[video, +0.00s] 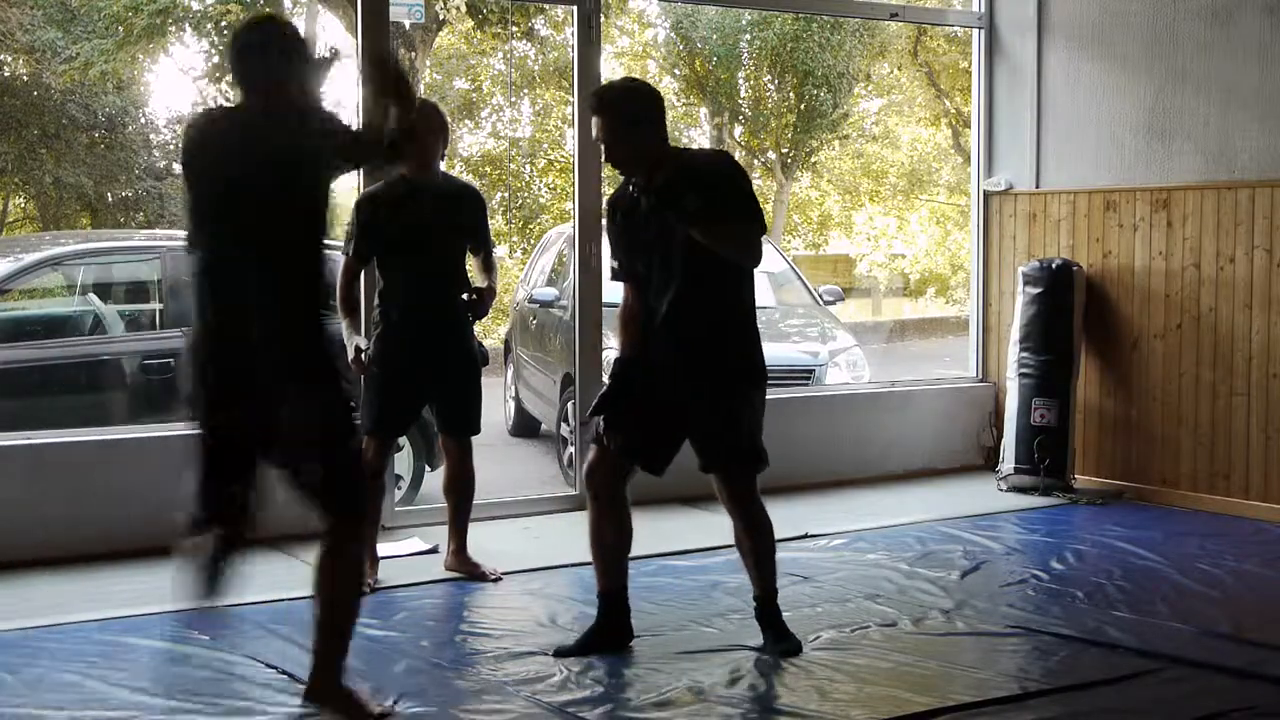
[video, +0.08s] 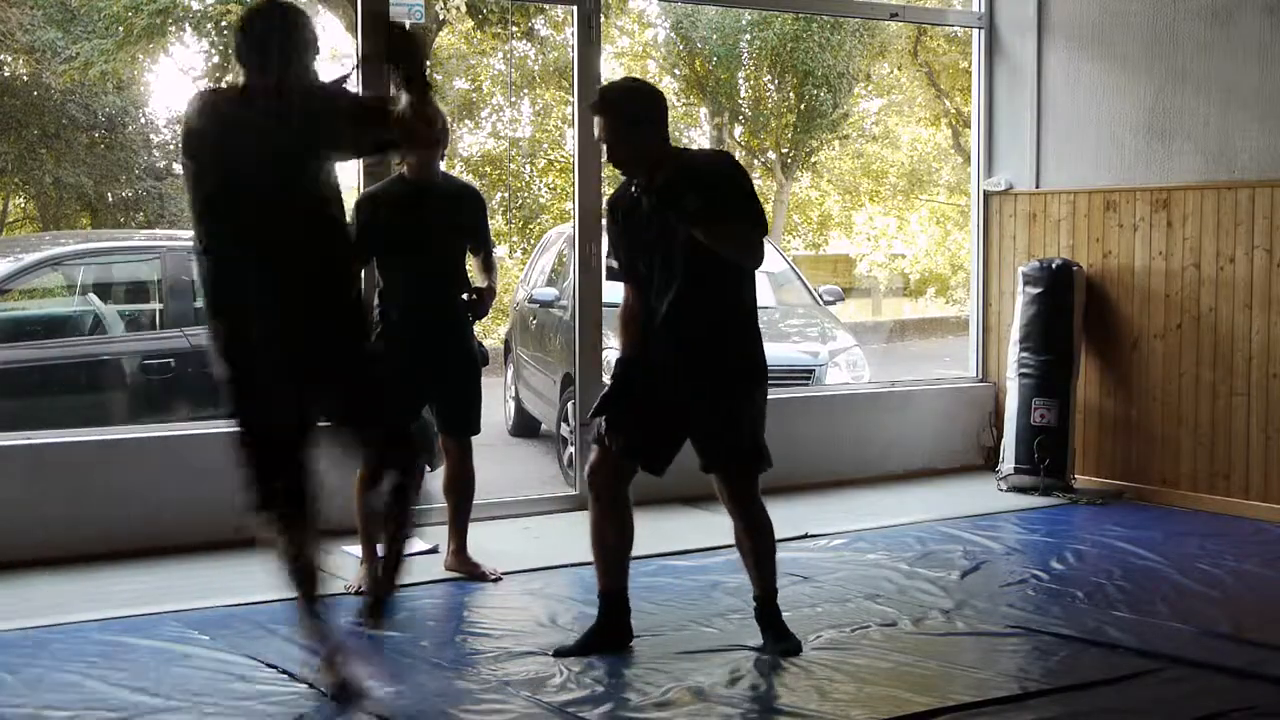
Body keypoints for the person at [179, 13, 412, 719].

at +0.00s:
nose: (310, 80)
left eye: (308, 67)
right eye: (304, 67)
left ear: (239, 72)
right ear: (285, 71)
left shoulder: (204, 134)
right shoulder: (309, 133)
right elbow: (386, 142)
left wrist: (307, 84)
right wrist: (380, 62)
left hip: (222, 355)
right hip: (297, 353)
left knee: (232, 511)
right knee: (353, 505)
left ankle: (212, 549)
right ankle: (326, 680)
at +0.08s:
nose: (315, 61)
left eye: (312, 50)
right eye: (311, 49)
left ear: (241, 52)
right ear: (298, 52)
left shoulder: (205, 117)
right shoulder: (314, 110)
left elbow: (213, 227)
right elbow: (414, 130)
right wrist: (410, 62)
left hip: (251, 336)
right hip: (326, 323)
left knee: (288, 493)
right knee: (397, 441)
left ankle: (326, 649)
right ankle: (377, 569)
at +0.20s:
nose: (332, 84)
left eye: (331, 71)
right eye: (327, 71)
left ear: (268, 71)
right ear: (302, 73)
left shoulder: (227, 133)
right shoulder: (326, 133)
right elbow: (404, 169)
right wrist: (443, 139)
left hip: (270, 347)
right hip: (340, 333)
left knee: (334, 524)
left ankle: (354, 679)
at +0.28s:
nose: (350, 100)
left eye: (349, 89)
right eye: (347, 86)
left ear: (280, 78)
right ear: (334, 84)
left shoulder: (231, 138)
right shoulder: (353, 147)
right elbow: (405, 230)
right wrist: (481, 199)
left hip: (299, 352)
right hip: (372, 330)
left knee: (356, 530)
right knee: (500, 311)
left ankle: (356, 680)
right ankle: (610, 390)